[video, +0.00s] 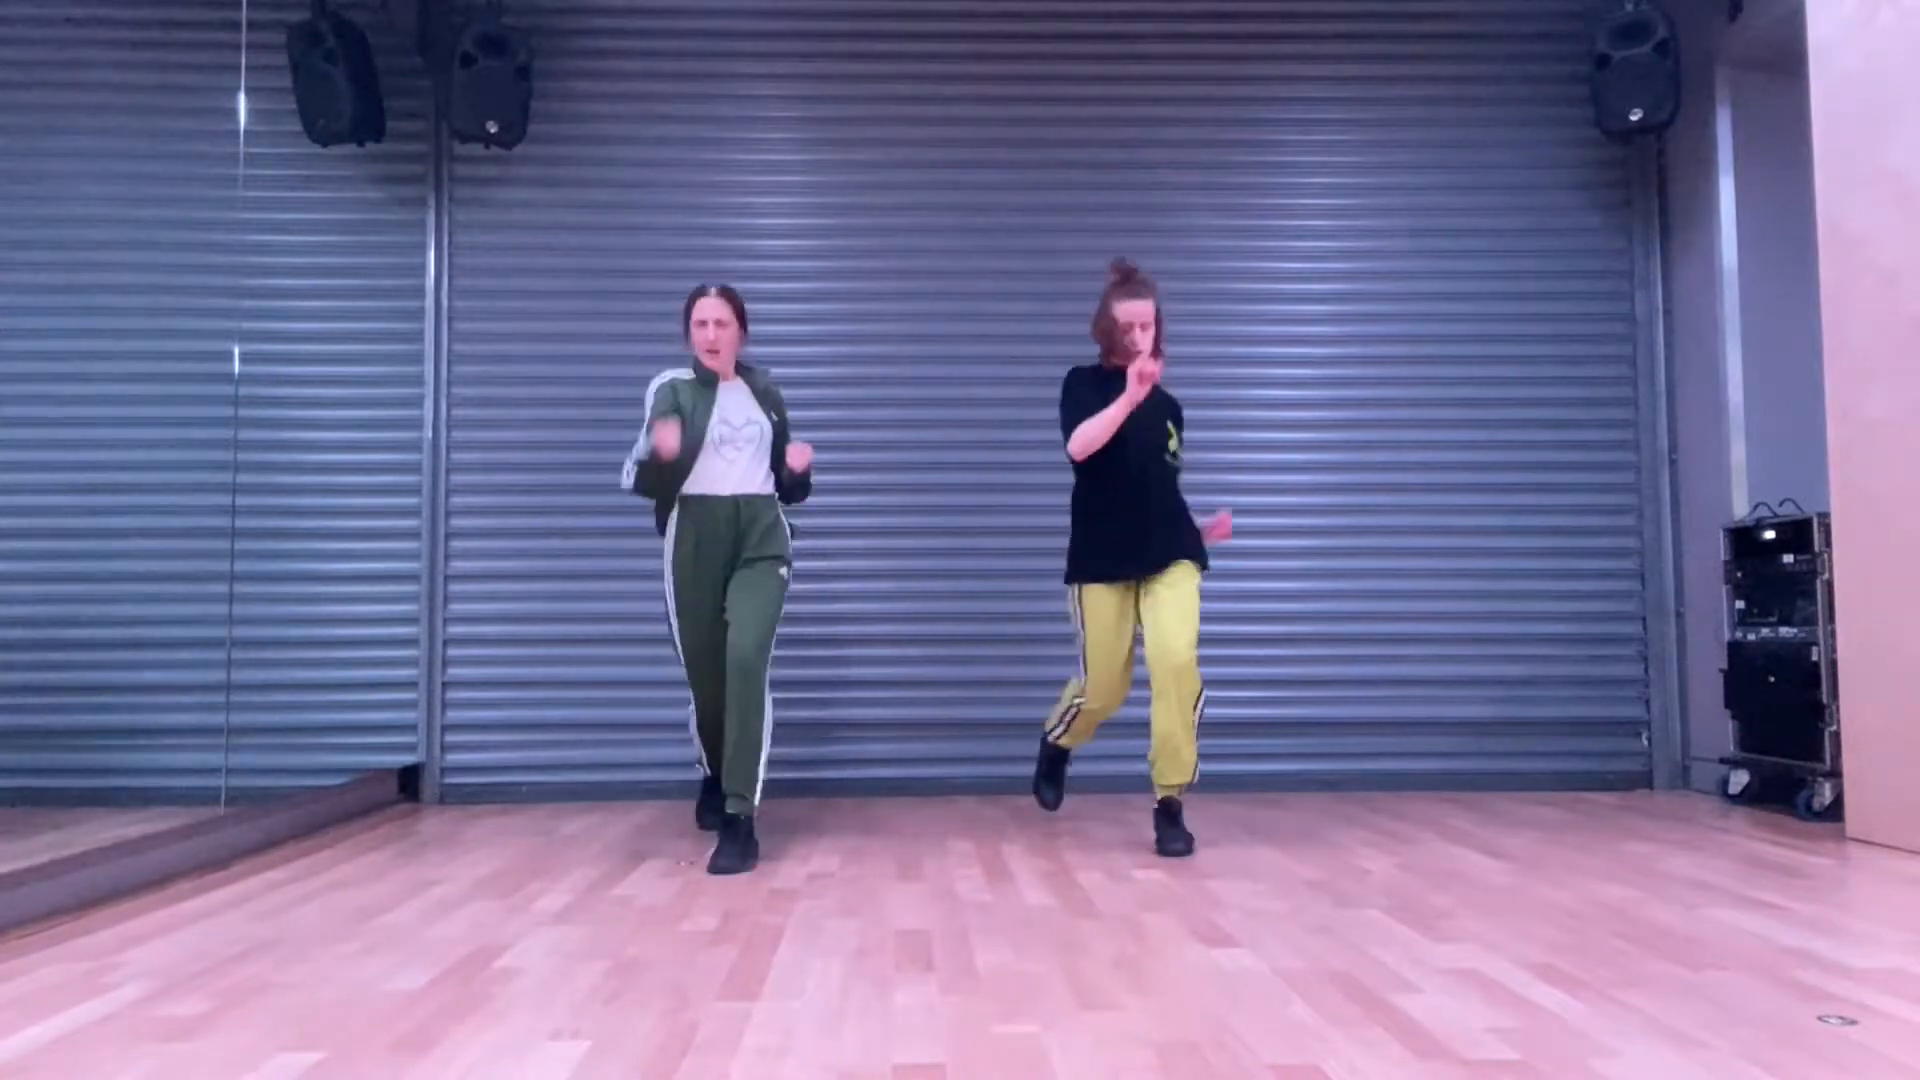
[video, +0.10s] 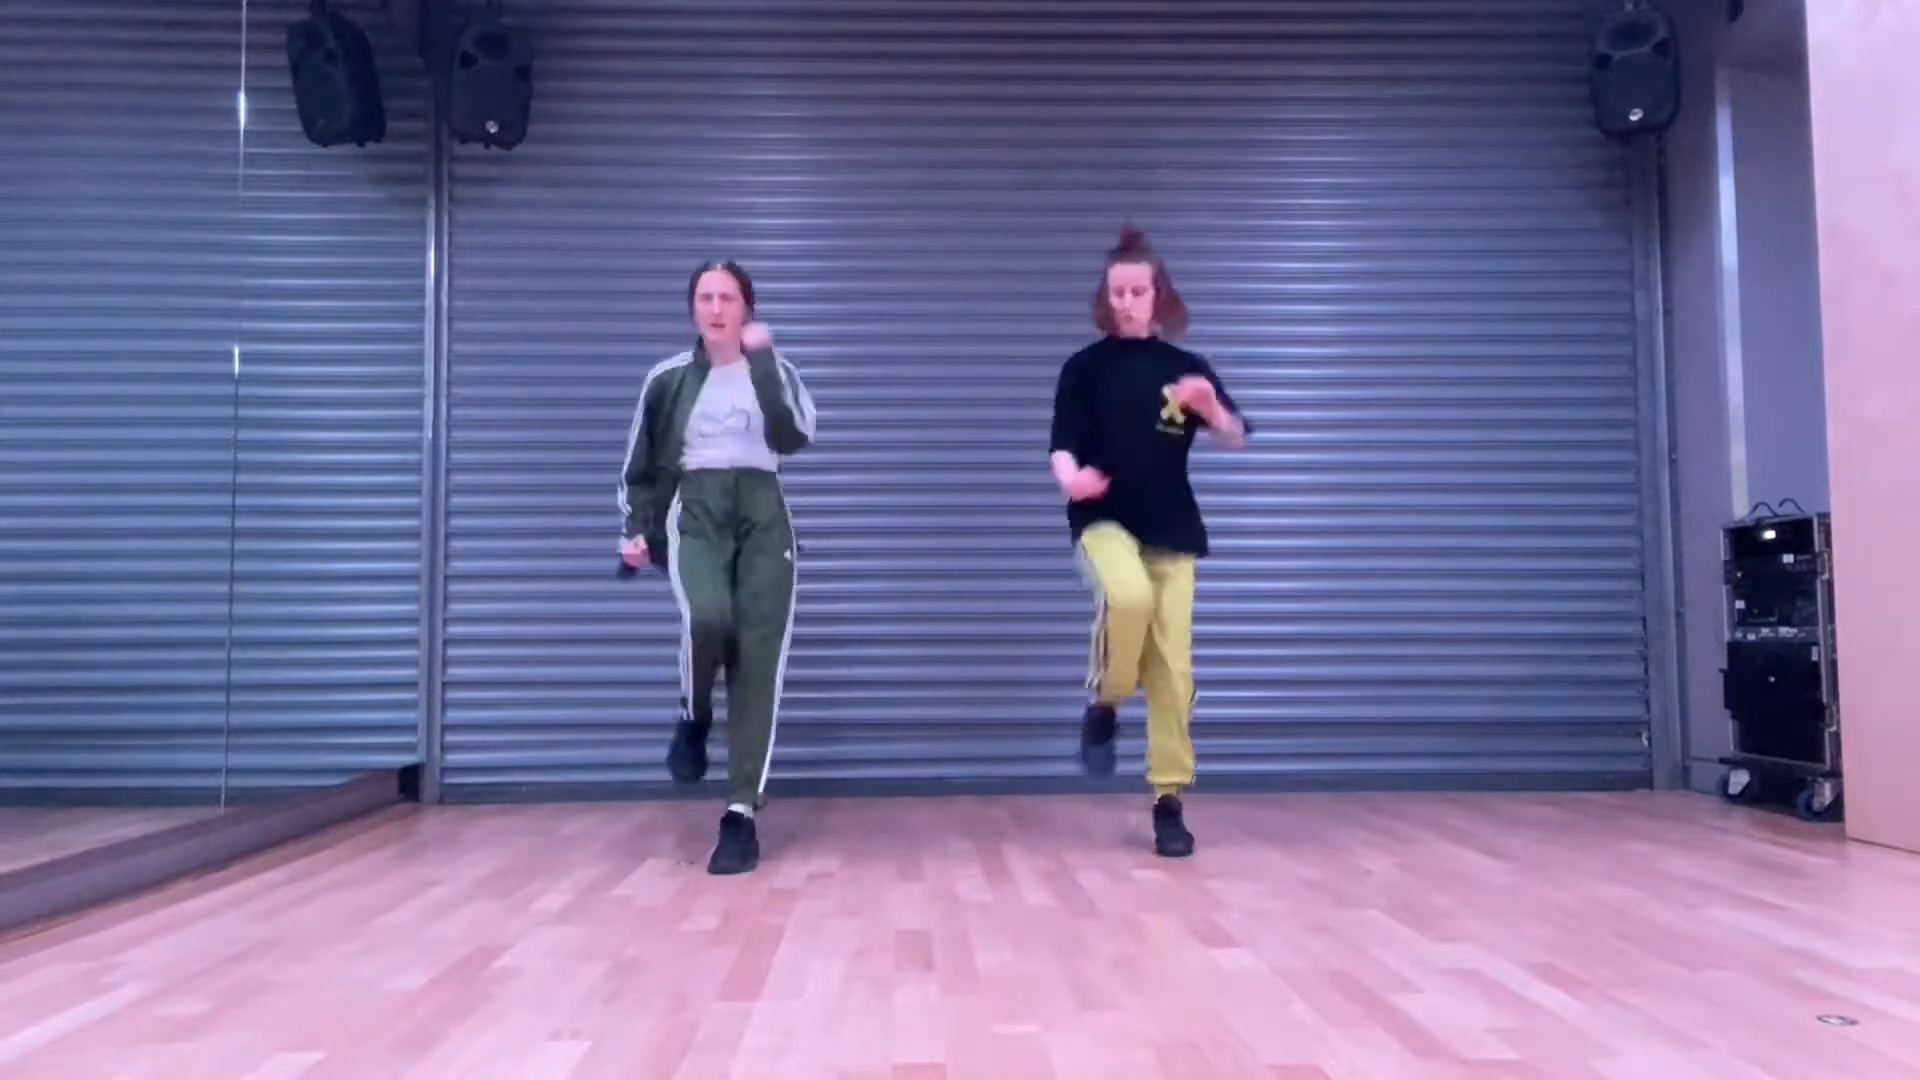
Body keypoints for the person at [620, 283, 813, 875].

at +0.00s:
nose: (711, 334)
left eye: (722, 324)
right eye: (701, 325)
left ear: (741, 333)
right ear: (688, 334)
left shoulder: (765, 394)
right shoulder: (671, 389)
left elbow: (786, 492)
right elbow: (644, 485)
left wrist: (795, 472)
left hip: (761, 535)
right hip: (696, 534)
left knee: (745, 656)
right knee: (703, 665)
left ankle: (740, 814)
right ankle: (714, 775)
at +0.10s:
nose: (715, 307)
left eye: (727, 297)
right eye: (706, 297)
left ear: (747, 309)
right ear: (692, 309)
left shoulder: (774, 370)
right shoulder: (667, 379)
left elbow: (793, 438)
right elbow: (640, 468)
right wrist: (635, 530)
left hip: (764, 509)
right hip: (696, 509)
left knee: (759, 656)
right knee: (709, 617)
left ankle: (741, 811)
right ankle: (696, 719)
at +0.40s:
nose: (714, 290)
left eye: (725, 281)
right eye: (704, 281)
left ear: (746, 292)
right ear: (690, 294)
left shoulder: (782, 361)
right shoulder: (666, 366)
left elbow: (819, 444)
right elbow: (645, 457)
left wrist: (808, 465)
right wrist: (653, 399)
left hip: (765, 509)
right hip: (693, 510)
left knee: (754, 666)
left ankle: (740, 816)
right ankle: (709, 742)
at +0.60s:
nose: (718, 305)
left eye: (730, 296)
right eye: (708, 296)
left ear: (751, 309)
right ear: (695, 309)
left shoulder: (774, 374)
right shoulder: (676, 362)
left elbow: (796, 435)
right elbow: (616, 412)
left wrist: (808, 457)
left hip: (765, 534)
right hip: (696, 535)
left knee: (748, 663)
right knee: (703, 672)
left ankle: (740, 814)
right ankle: (716, 784)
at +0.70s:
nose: (722, 294)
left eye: (734, 284)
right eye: (712, 285)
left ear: (755, 299)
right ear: (697, 300)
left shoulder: (778, 377)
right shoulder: (666, 370)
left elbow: (814, 472)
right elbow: (637, 465)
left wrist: (772, 430)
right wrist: (641, 532)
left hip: (769, 513)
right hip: (696, 511)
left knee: (759, 665)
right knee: (712, 677)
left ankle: (743, 815)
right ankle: (705, 774)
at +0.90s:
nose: (704, 291)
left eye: (717, 281)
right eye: (695, 281)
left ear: (740, 295)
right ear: (681, 295)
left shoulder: (758, 364)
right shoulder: (666, 362)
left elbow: (749, 460)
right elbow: (667, 456)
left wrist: (686, 412)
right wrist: (644, 493)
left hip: (750, 512)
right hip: (688, 502)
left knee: (732, 667)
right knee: (658, 528)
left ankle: (735, 819)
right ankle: (616, 547)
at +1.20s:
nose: (698, 304)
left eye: (710, 293)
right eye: (688, 296)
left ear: (736, 303)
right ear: (678, 309)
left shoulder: (772, 375)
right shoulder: (666, 378)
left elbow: (796, 449)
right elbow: (624, 461)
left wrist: (803, 493)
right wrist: (630, 423)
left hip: (737, 520)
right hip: (661, 512)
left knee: (743, 671)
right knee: (549, 620)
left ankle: (742, 821)